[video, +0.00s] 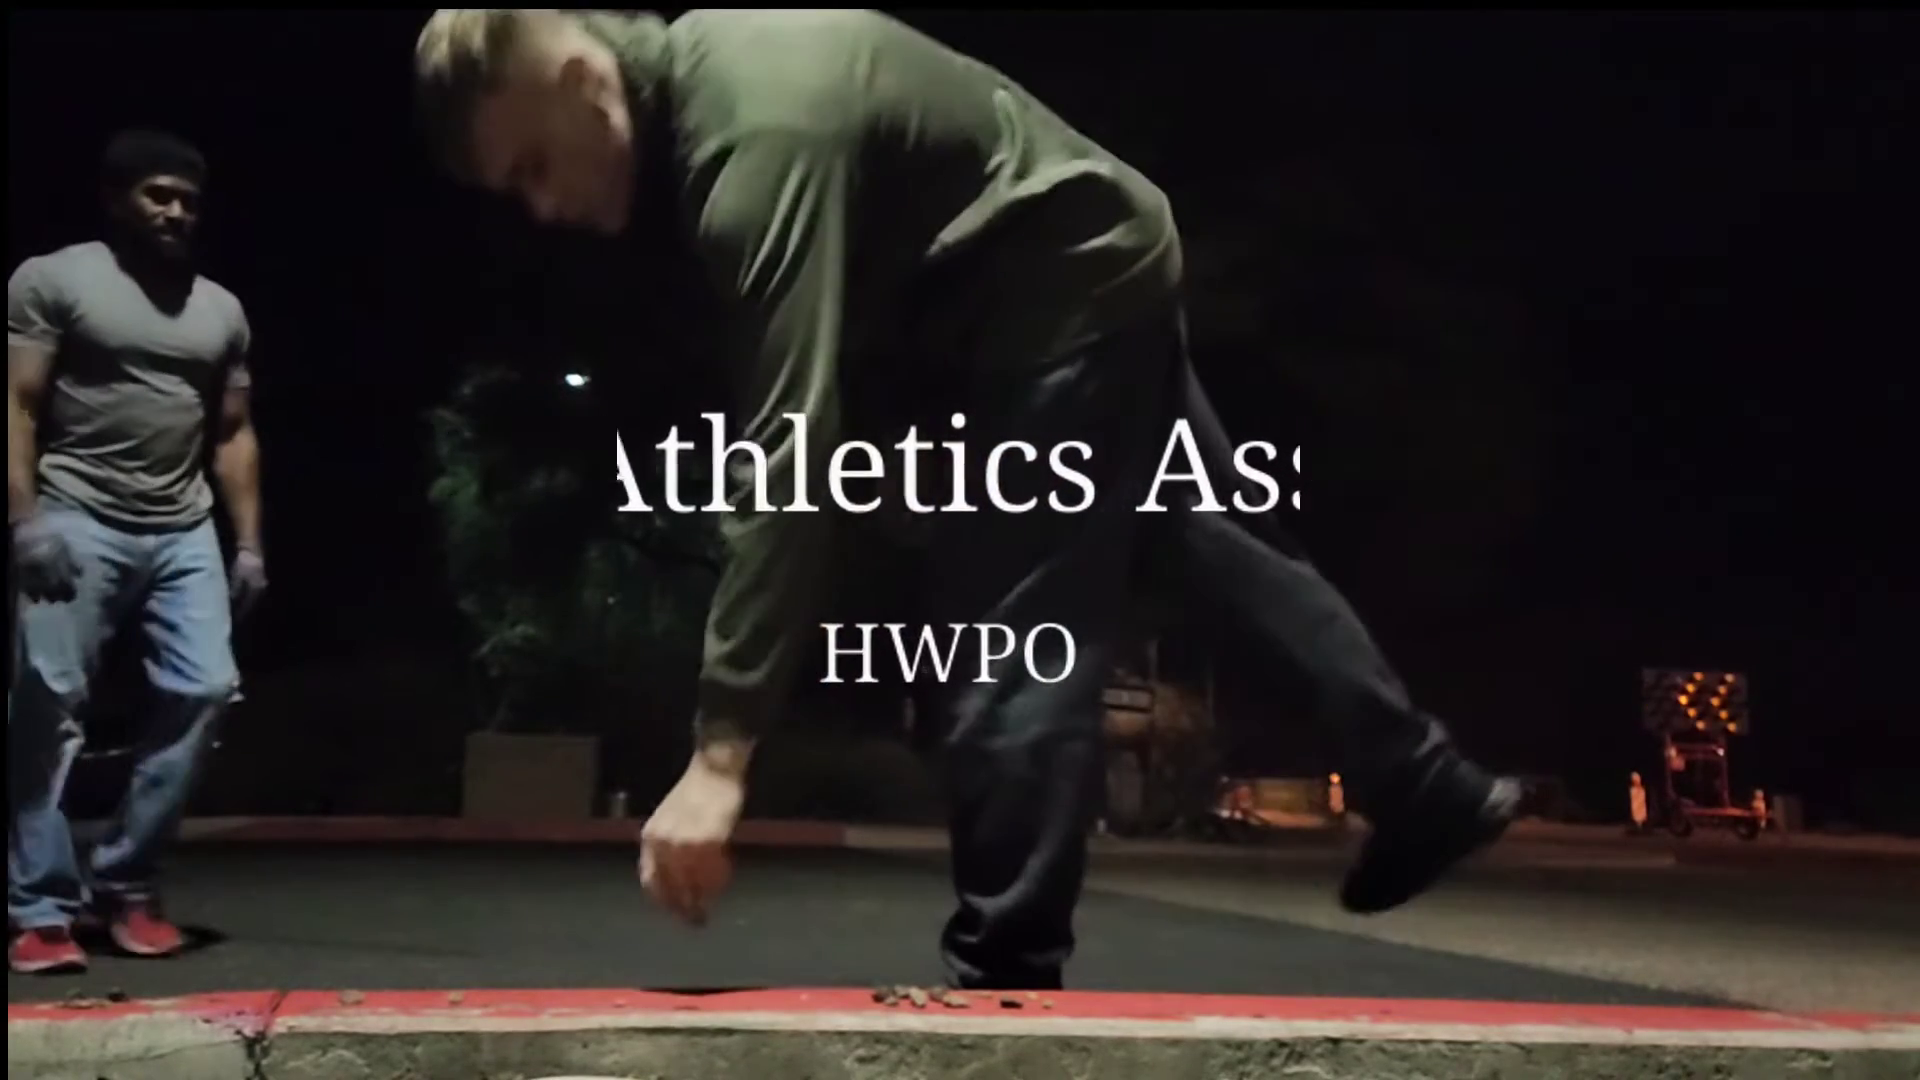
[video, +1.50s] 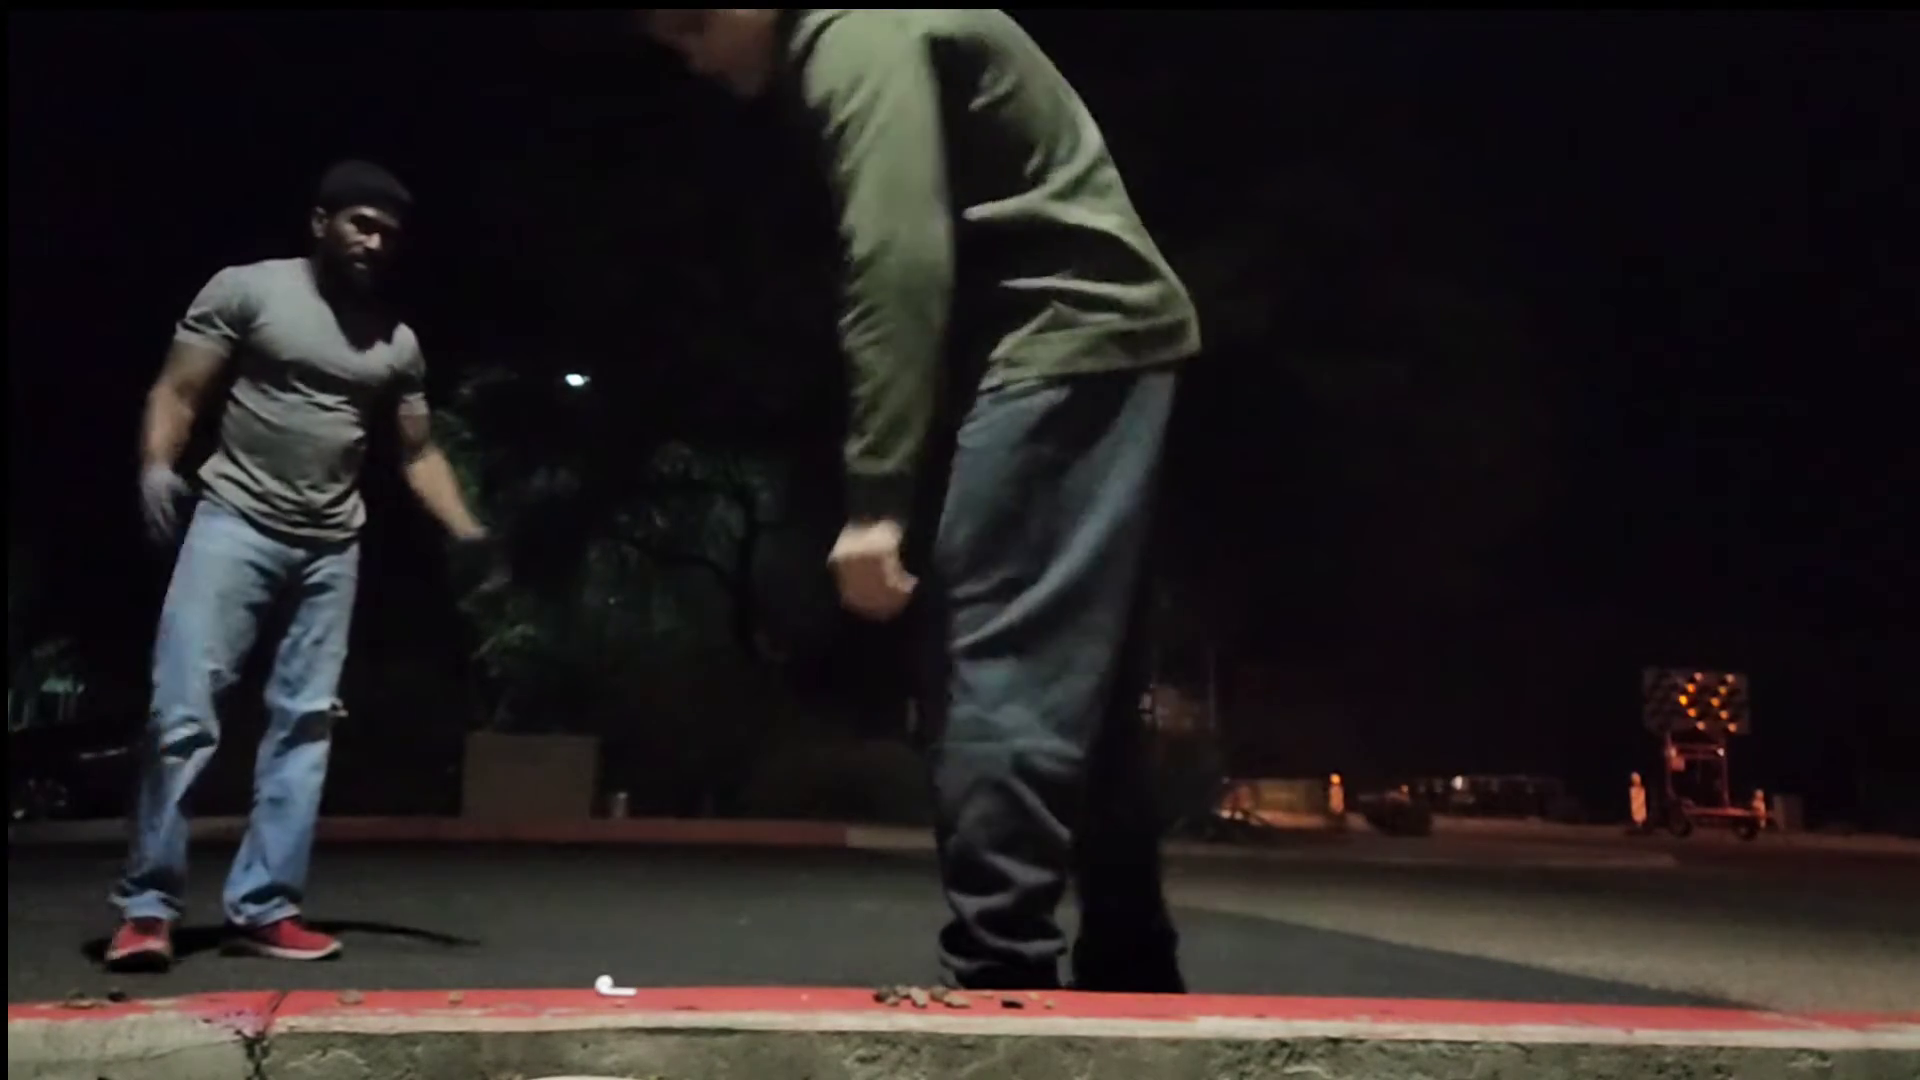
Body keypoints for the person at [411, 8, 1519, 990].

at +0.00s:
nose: (541, 207)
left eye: (533, 167)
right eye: (513, 188)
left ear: (591, 79)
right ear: (586, 78)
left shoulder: (765, 138)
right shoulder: (685, 74)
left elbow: (786, 469)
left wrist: (719, 757)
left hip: (1080, 278)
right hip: (1042, 280)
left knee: (1022, 620)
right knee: (1201, 544)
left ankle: (1006, 953)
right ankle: (1422, 782)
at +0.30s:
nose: (526, 299)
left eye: (515, 267)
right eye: (494, 288)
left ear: (558, 170)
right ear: (550, 156)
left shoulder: (736, 212)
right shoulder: (651, 128)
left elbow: (756, 536)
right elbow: (836, 289)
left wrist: (700, 825)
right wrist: (875, 449)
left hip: (1052, 276)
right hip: (1069, 240)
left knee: (1001, 627)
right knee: (1225, 531)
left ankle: (997, 975)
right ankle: (1469, 742)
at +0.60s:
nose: (519, 341)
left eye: (505, 305)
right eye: (490, 326)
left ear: (553, 213)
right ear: (543, 211)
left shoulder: (724, 232)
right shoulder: (650, 165)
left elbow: (749, 552)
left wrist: (694, 851)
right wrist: (883, 479)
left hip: (1043, 279)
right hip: (1071, 250)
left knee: (972, 622)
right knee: (1220, 537)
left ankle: (995, 967)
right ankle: (1470, 754)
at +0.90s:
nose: (527, 257)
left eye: (513, 221)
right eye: (499, 243)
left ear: (563, 139)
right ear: (560, 131)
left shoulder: (723, 190)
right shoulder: (674, 118)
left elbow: (785, 487)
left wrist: (760, 773)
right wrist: (876, 465)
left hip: (1045, 280)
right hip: (1085, 250)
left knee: (978, 631)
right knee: (1205, 572)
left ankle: (997, 961)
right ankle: (1421, 826)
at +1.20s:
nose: (564, 121)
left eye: (560, 82)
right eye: (541, 104)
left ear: (623, 24)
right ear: (628, 27)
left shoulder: (764, 91)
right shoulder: (747, 68)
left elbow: (840, 361)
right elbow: (830, 358)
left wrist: (826, 637)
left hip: (1059, 297)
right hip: (1105, 279)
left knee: (961, 637)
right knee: (1160, 629)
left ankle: (1001, 962)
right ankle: (1281, 933)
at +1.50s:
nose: (695, 66)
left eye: (687, 38)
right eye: (680, 49)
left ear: (738, 5)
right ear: (737, 15)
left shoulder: (861, 36)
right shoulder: (858, 38)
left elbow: (901, 257)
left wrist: (875, 501)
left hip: (1069, 339)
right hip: (1105, 335)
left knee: (998, 648)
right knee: (1071, 664)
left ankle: (1000, 967)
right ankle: (1130, 974)